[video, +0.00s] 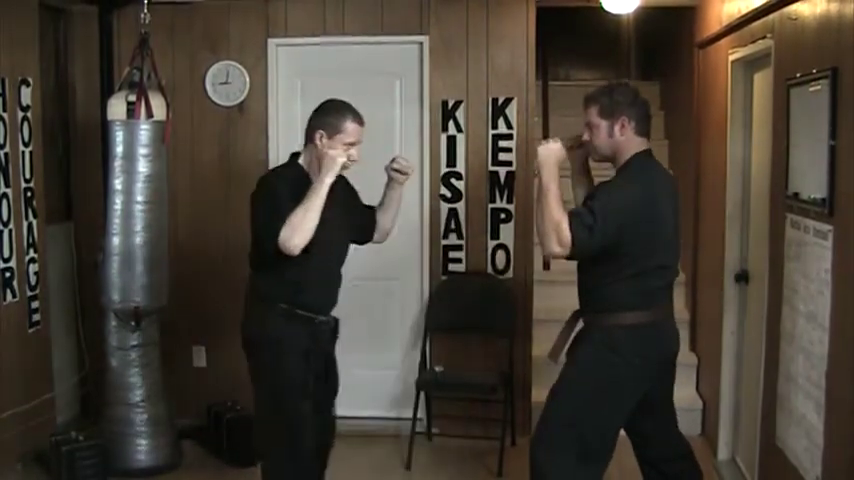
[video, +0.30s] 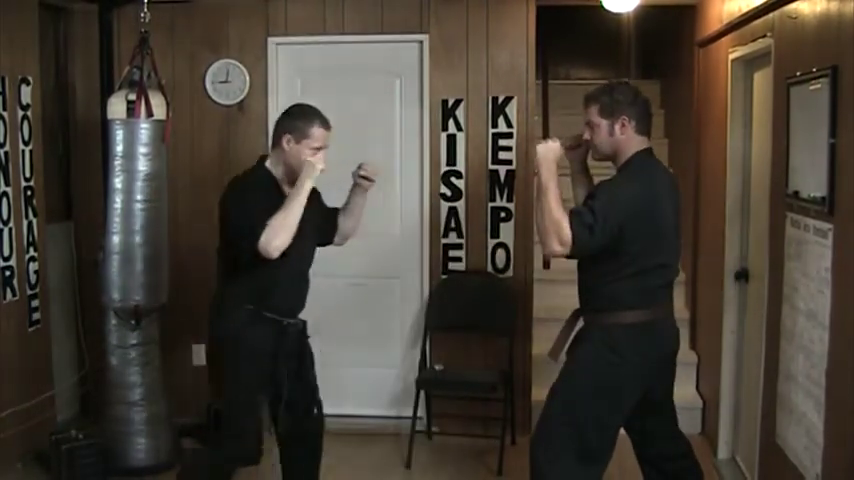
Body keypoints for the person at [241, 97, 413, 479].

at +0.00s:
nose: (355, 155)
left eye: (357, 146)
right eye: (347, 146)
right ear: (319, 140)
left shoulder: (339, 189)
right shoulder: (276, 184)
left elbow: (377, 231)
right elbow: (291, 241)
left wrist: (394, 186)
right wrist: (325, 178)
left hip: (319, 329)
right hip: (277, 327)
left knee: (318, 436)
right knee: (288, 441)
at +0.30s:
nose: (321, 160)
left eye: (324, 151)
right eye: (315, 150)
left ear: (292, 145)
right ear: (285, 143)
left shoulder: (302, 193)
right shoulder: (245, 190)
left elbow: (338, 233)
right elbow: (271, 244)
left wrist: (359, 191)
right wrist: (305, 183)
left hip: (288, 332)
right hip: (242, 332)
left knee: (304, 434)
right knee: (241, 445)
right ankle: (195, 468)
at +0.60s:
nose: (272, 164)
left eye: (275, 155)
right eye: (267, 154)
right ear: (238, 148)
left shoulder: (256, 196)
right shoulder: (196, 195)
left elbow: (290, 244)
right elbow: (224, 251)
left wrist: (311, 200)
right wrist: (256, 190)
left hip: (249, 340)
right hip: (201, 339)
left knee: (286, 430)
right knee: (180, 442)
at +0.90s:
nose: (265, 163)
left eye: (267, 154)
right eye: (258, 154)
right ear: (228, 150)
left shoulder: (252, 196)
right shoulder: (190, 199)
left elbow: (291, 241)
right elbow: (217, 252)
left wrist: (308, 196)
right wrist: (246, 190)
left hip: (252, 341)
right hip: (202, 342)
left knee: (293, 427)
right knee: (183, 446)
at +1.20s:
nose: (266, 162)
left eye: (268, 153)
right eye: (260, 152)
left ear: (235, 151)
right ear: (230, 150)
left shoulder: (251, 197)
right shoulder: (192, 198)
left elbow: (293, 239)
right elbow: (224, 249)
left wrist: (310, 193)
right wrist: (252, 187)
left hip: (252, 340)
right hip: (203, 341)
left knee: (294, 426)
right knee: (186, 442)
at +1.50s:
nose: (264, 161)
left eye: (266, 152)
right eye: (258, 151)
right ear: (228, 150)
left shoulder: (252, 196)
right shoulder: (190, 198)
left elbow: (297, 236)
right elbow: (220, 248)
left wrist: (310, 190)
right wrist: (246, 184)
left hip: (252, 340)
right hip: (202, 341)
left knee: (292, 428)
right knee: (186, 442)